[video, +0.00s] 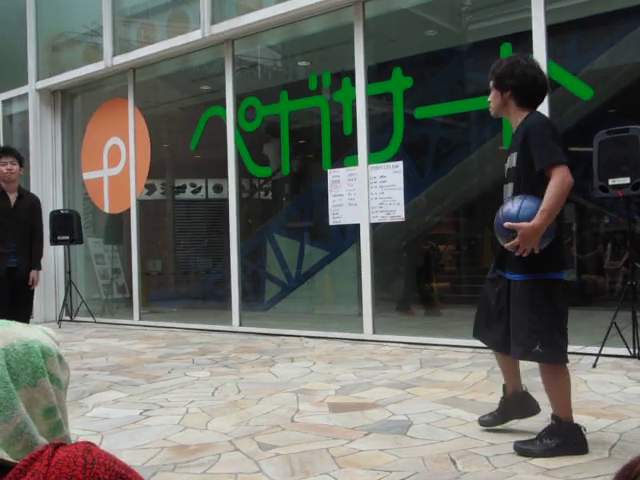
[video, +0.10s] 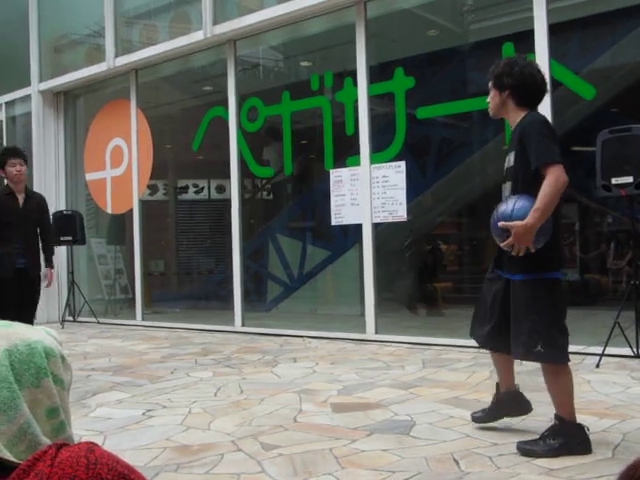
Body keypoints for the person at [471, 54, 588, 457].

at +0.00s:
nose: (488, 96)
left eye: (492, 89)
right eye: (490, 89)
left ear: (508, 93)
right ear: (514, 93)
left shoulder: (537, 127)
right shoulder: (522, 132)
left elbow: (562, 178)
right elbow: (531, 185)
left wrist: (538, 226)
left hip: (537, 260)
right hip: (512, 259)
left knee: (546, 341)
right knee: (493, 322)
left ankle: (565, 428)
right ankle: (514, 395)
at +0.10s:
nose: (487, 96)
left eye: (490, 89)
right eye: (489, 89)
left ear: (506, 93)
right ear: (512, 93)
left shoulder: (533, 126)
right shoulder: (519, 131)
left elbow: (556, 177)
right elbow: (530, 185)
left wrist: (531, 224)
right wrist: (517, 228)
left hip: (537, 261)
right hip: (511, 258)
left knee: (548, 342)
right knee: (491, 325)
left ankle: (568, 428)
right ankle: (507, 394)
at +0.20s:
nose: (488, 99)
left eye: (491, 92)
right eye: (490, 92)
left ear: (507, 95)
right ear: (515, 96)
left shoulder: (533, 129)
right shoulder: (519, 135)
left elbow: (550, 179)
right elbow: (526, 189)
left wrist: (523, 225)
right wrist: (512, 229)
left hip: (536, 266)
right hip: (512, 265)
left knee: (551, 347)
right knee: (497, 332)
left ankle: (573, 431)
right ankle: (500, 404)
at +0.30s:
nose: (487, 102)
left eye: (489, 96)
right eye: (488, 95)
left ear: (504, 99)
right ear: (513, 100)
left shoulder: (527, 133)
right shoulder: (517, 138)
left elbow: (542, 183)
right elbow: (521, 192)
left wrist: (512, 228)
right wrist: (506, 231)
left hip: (532, 267)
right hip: (514, 266)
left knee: (549, 348)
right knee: (509, 341)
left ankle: (575, 431)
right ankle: (496, 412)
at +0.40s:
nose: (485, 106)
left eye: (489, 99)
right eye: (488, 99)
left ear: (503, 103)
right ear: (510, 104)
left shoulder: (519, 138)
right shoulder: (512, 142)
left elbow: (531, 187)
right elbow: (522, 200)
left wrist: (503, 232)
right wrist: (497, 237)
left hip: (526, 267)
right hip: (511, 266)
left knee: (545, 346)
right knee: (510, 342)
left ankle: (579, 430)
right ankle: (498, 414)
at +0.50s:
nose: (486, 108)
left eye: (490, 101)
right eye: (488, 101)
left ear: (504, 105)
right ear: (513, 107)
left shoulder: (513, 137)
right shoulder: (524, 142)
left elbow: (519, 186)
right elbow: (537, 213)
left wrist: (493, 231)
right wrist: (542, 265)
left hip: (519, 266)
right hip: (513, 265)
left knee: (535, 344)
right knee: (510, 341)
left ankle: (580, 426)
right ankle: (503, 415)